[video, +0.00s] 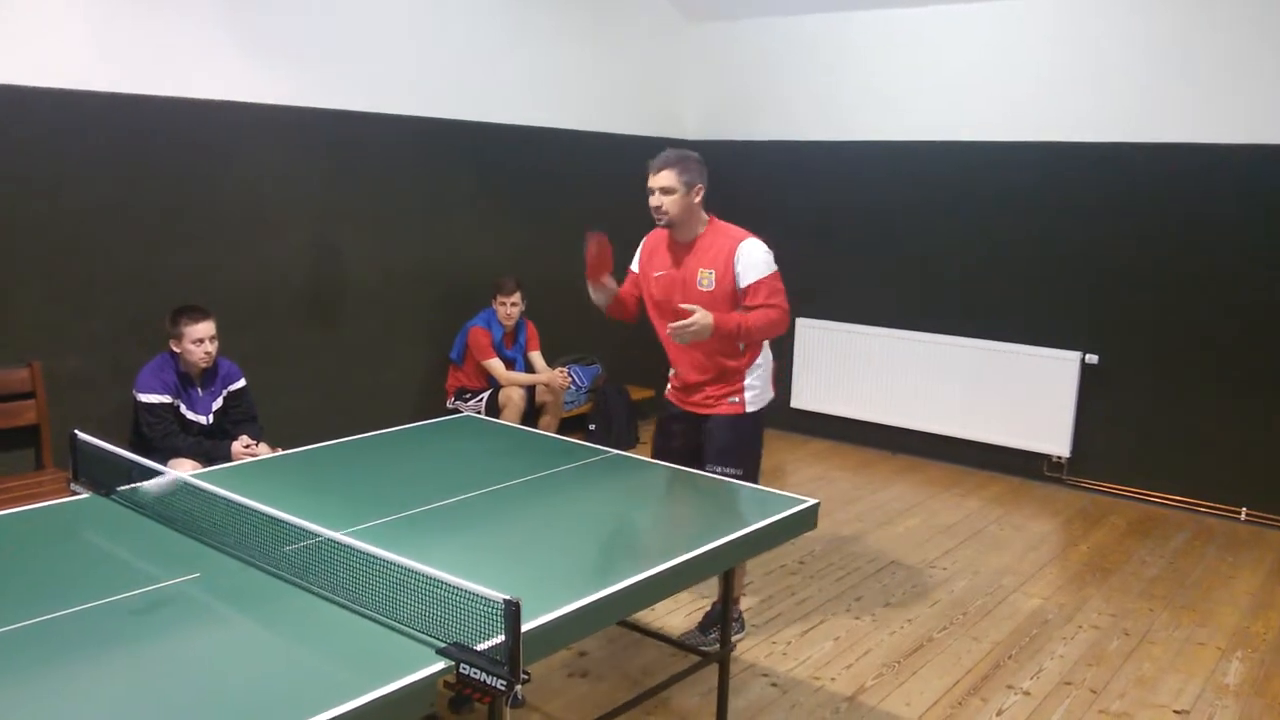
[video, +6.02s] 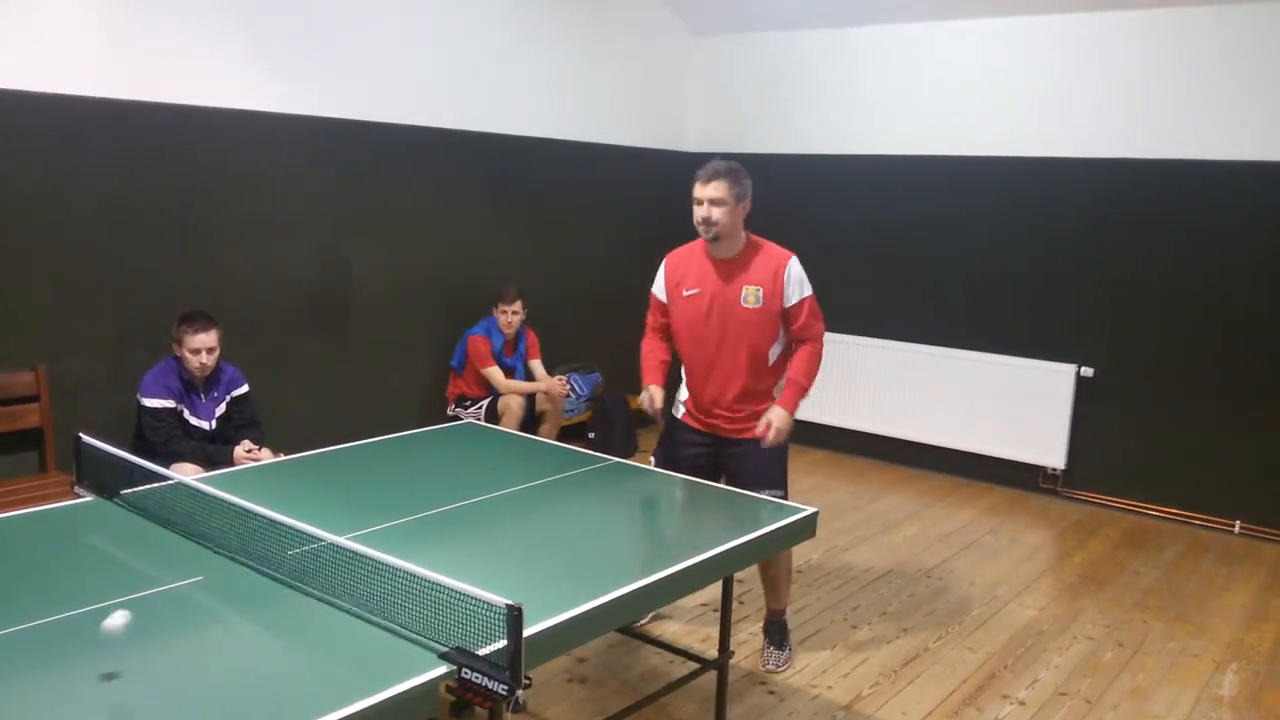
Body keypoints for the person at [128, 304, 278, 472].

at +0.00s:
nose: (208, 350)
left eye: (212, 340)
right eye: (198, 343)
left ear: (218, 340)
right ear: (176, 345)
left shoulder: (228, 372)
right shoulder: (152, 381)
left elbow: (245, 420)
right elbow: (166, 442)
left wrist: (245, 438)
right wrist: (227, 451)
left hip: (218, 451)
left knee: (264, 454)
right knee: (187, 470)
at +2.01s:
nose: (200, 350)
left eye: (208, 341)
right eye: (192, 341)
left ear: (223, 341)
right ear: (182, 341)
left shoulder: (236, 370)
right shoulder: (162, 377)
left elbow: (252, 419)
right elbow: (175, 439)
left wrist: (253, 439)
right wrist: (235, 448)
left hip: (227, 450)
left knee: (271, 449)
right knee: (196, 465)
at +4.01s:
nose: (185, 359)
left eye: (194, 350)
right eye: (177, 350)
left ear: (209, 349)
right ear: (166, 349)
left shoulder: (221, 379)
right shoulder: (145, 386)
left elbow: (237, 427)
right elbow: (157, 448)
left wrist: (237, 446)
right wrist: (219, 458)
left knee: (257, 459)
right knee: (181, 475)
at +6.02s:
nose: (204, 360)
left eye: (211, 351)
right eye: (195, 352)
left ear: (219, 348)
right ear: (177, 350)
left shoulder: (231, 378)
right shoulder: (156, 384)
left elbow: (247, 427)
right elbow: (168, 446)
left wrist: (248, 445)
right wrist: (229, 455)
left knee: (265, 458)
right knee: (190, 473)